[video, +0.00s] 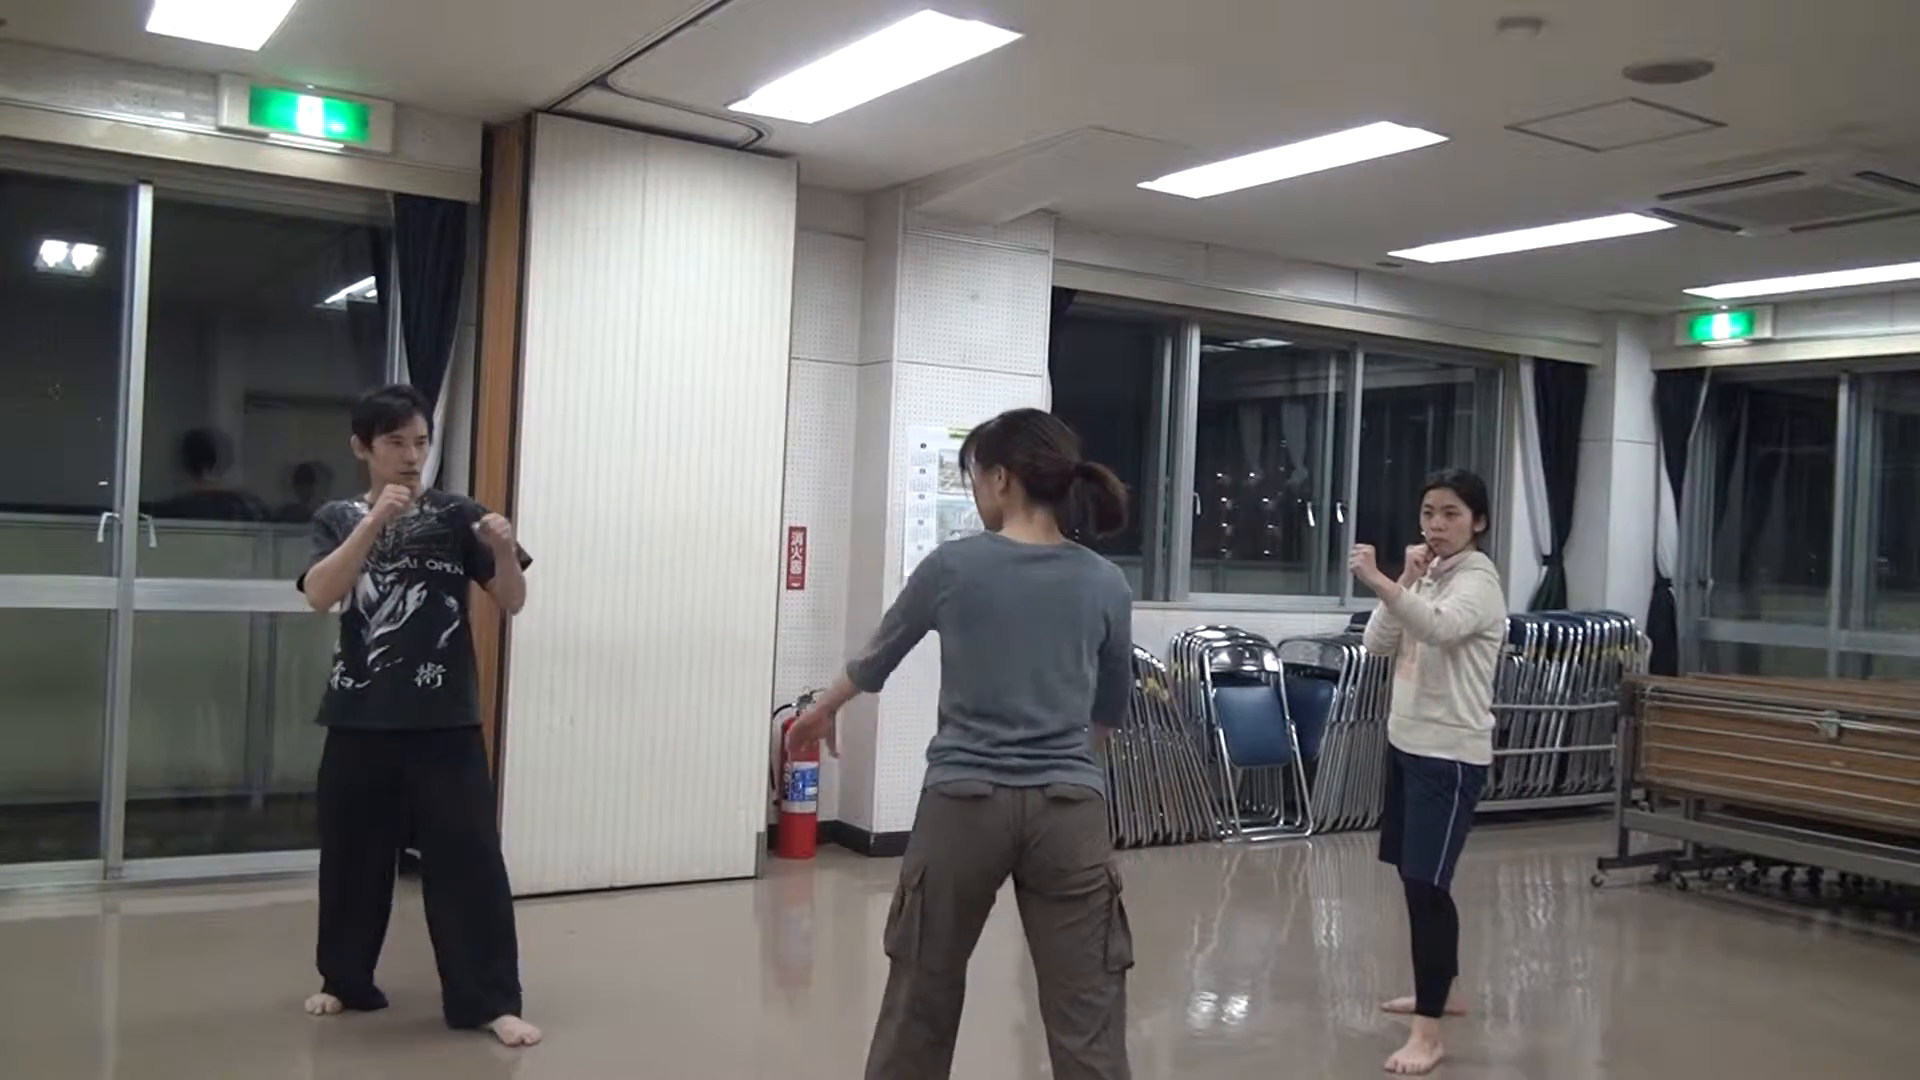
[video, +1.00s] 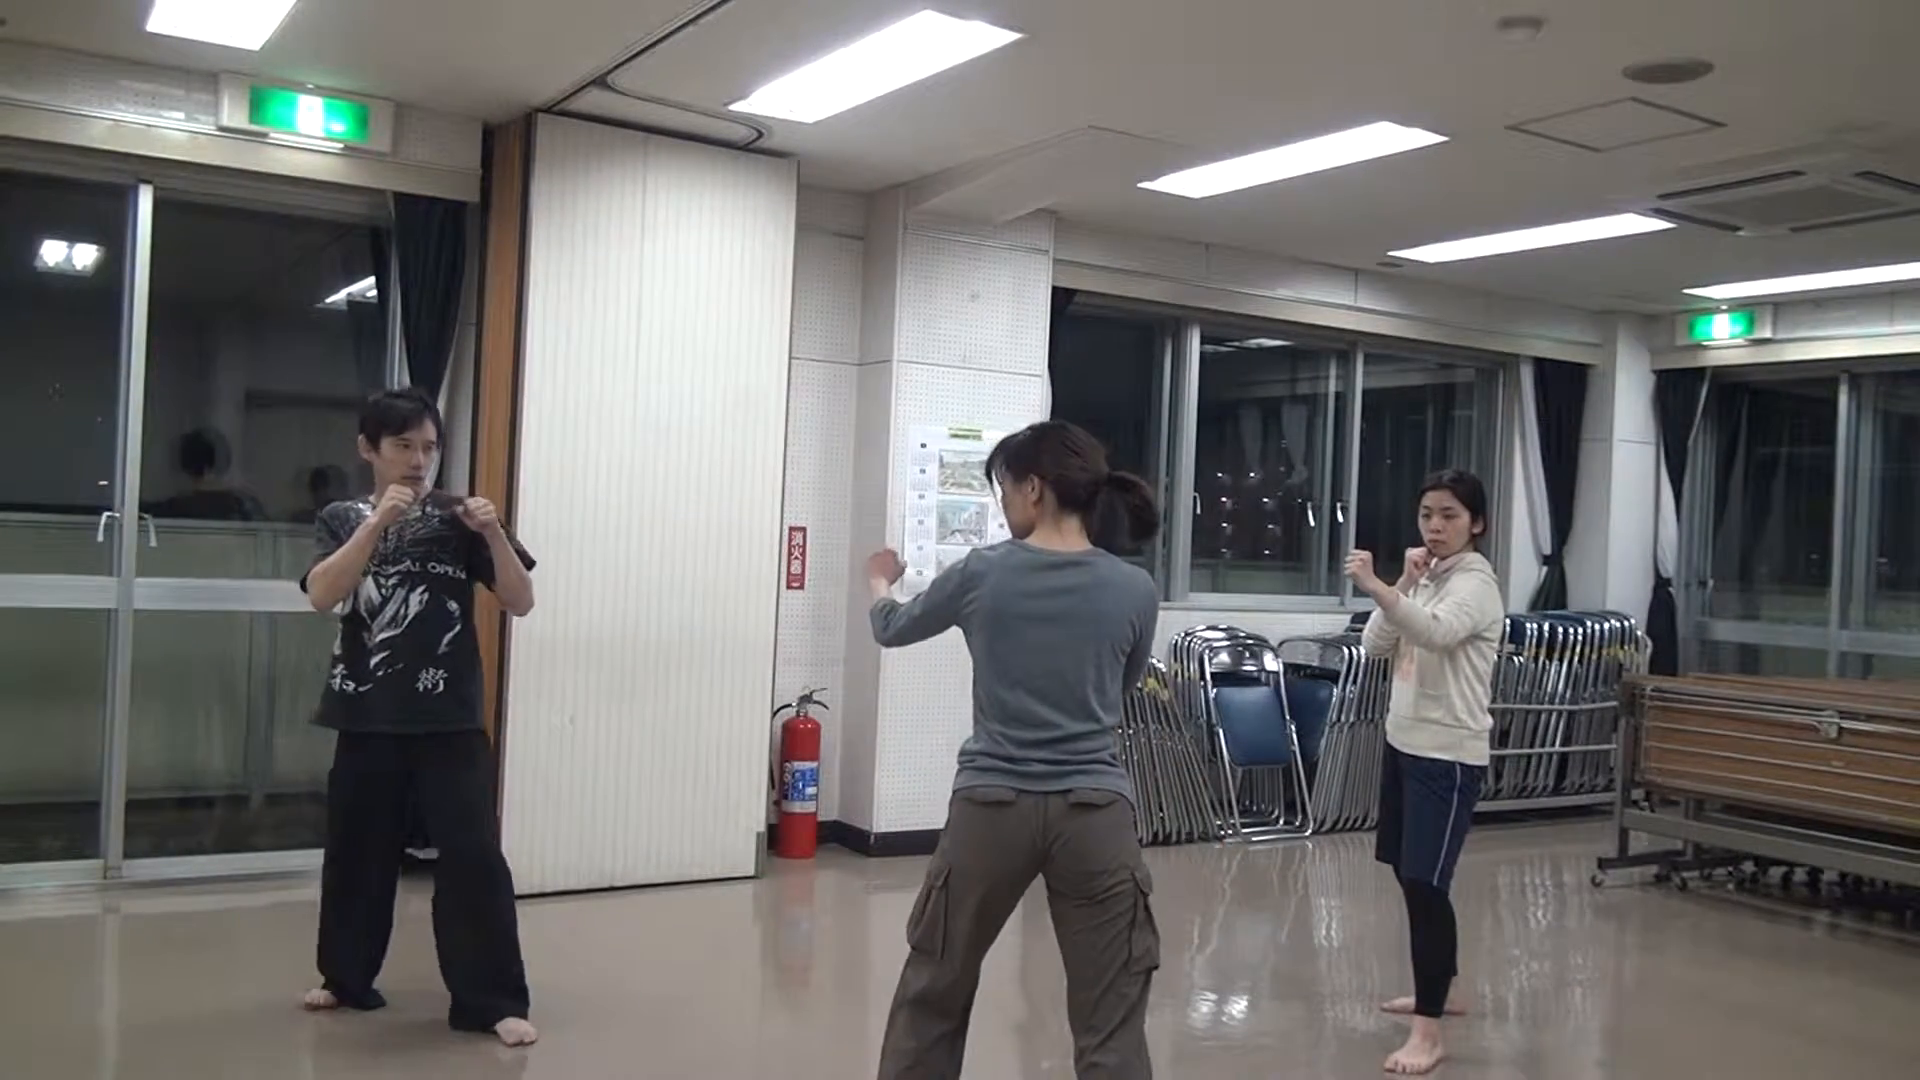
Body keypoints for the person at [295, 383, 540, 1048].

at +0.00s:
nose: (411, 453)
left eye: (420, 441)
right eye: (396, 442)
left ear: (432, 443)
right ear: (362, 447)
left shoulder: (459, 515)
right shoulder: (339, 519)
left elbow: (511, 601)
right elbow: (322, 594)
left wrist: (505, 550)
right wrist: (373, 521)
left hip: (446, 720)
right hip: (362, 721)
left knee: (471, 861)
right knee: (352, 854)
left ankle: (494, 1004)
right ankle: (343, 983)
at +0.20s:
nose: (412, 453)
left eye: (422, 441)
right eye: (397, 442)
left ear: (434, 442)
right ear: (364, 446)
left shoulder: (459, 516)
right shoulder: (344, 516)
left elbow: (513, 594)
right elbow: (317, 588)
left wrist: (497, 528)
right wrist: (371, 520)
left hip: (444, 719)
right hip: (361, 718)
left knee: (468, 858)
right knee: (352, 853)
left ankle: (495, 1004)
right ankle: (345, 983)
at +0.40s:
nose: (408, 454)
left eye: (417, 443)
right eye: (393, 443)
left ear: (429, 444)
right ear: (359, 447)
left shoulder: (452, 515)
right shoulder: (337, 516)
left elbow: (505, 595)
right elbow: (311, 589)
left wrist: (479, 523)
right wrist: (365, 520)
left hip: (437, 720)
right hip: (354, 719)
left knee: (465, 859)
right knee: (348, 854)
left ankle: (494, 1004)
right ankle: (343, 984)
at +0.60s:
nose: (405, 455)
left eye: (414, 443)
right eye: (390, 444)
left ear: (426, 444)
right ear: (356, 447)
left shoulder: (451, 516)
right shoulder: (334, 518)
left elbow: (504, 595)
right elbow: (309, 590)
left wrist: (475, 524)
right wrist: (363, 519)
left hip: (436, 720)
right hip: (352, 720)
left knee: (463, 860)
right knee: (346, 855)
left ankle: (494, 1004)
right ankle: (342, 983)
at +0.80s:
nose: (407, 456)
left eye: (416, 444)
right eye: (393, 444)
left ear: (427, 446)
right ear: (357, 446)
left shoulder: (451, 517)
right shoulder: (334, 518)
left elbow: (505, 596)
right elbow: (310, 590)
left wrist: (477, 524)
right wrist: (365, 521)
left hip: (438, 720)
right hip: (353, 720)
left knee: (466, 860)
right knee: (348, 855)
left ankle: (493, 1003)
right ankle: (342, 983)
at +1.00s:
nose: (418, 458)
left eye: (428, 447)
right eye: (402, 445)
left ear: (439, 449)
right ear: (368, 449)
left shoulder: (462, 519)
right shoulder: (345, 518)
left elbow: (520, 601)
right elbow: (323, 593)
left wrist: (495, 533)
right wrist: (377, 521)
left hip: (450, 721)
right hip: (368, 720)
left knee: (473, 859)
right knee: (356, 853)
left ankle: (493, 1005)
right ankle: (346, 981)